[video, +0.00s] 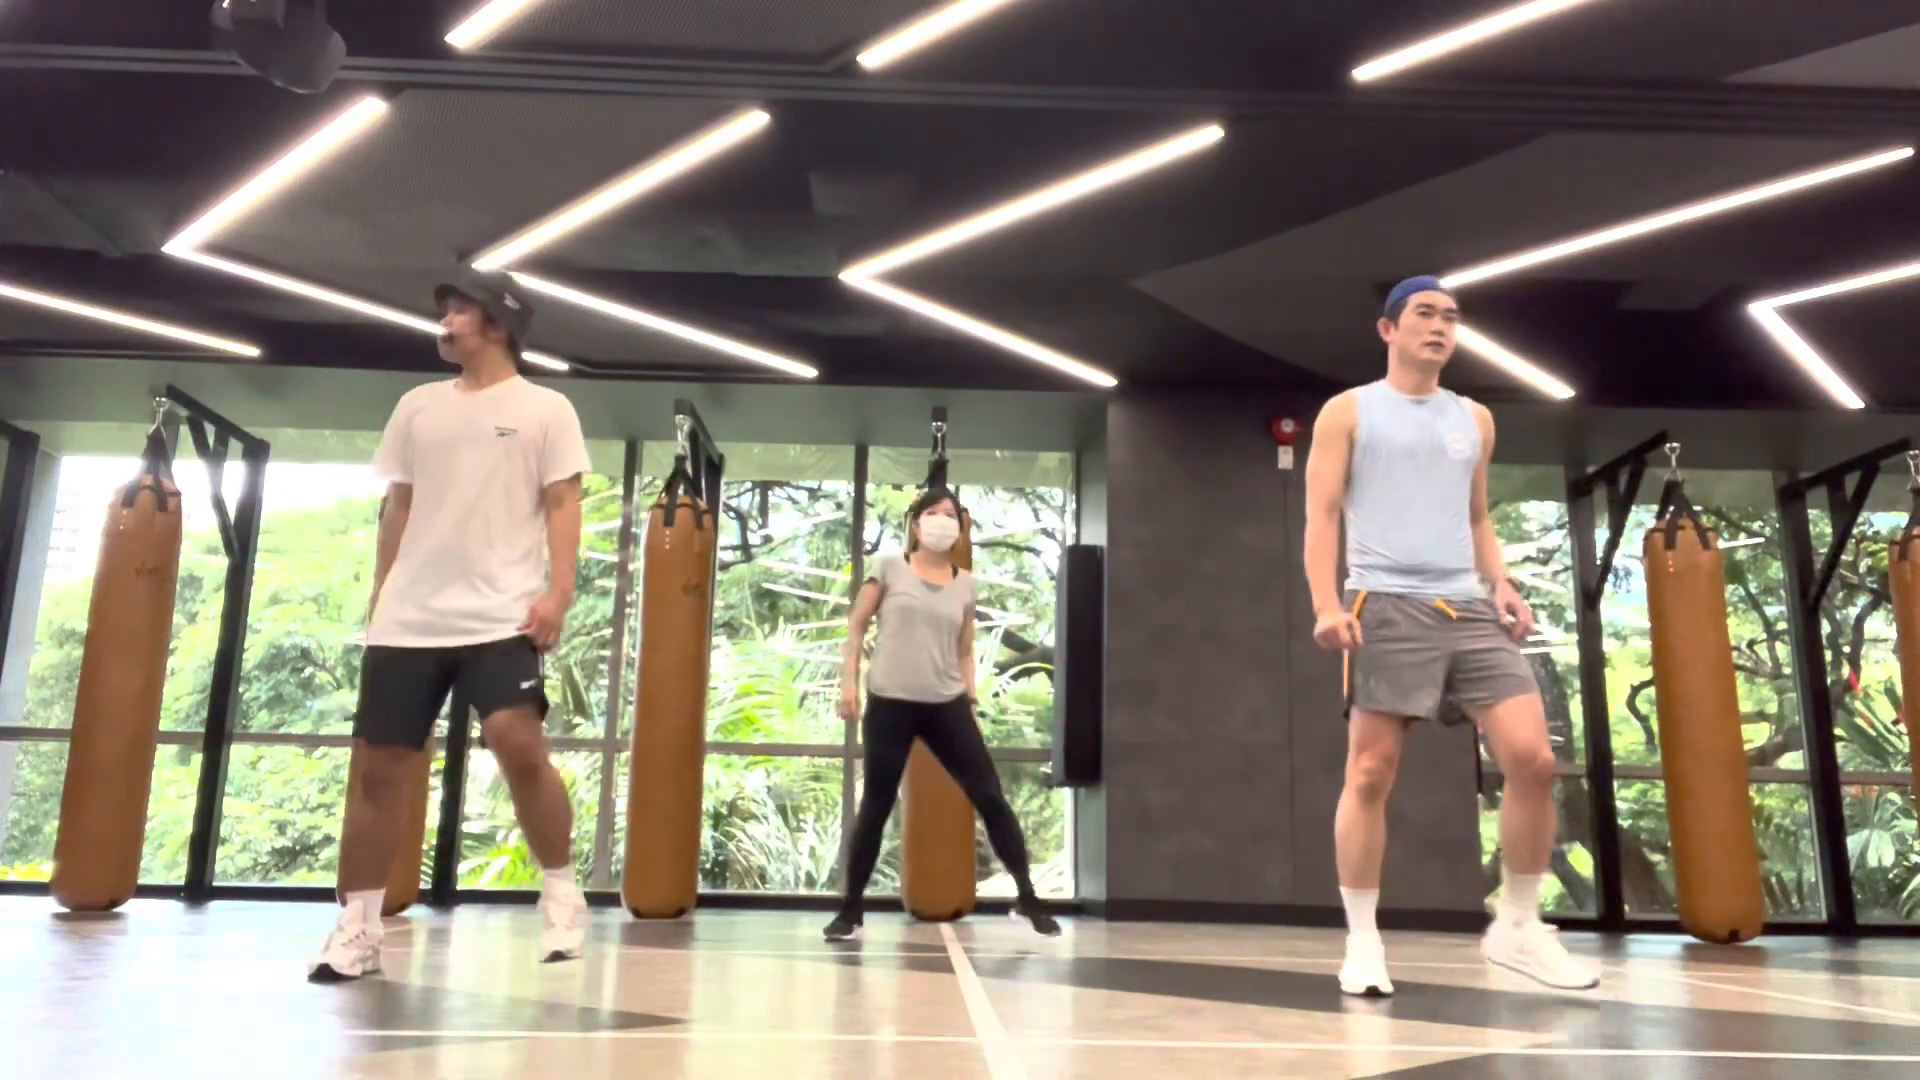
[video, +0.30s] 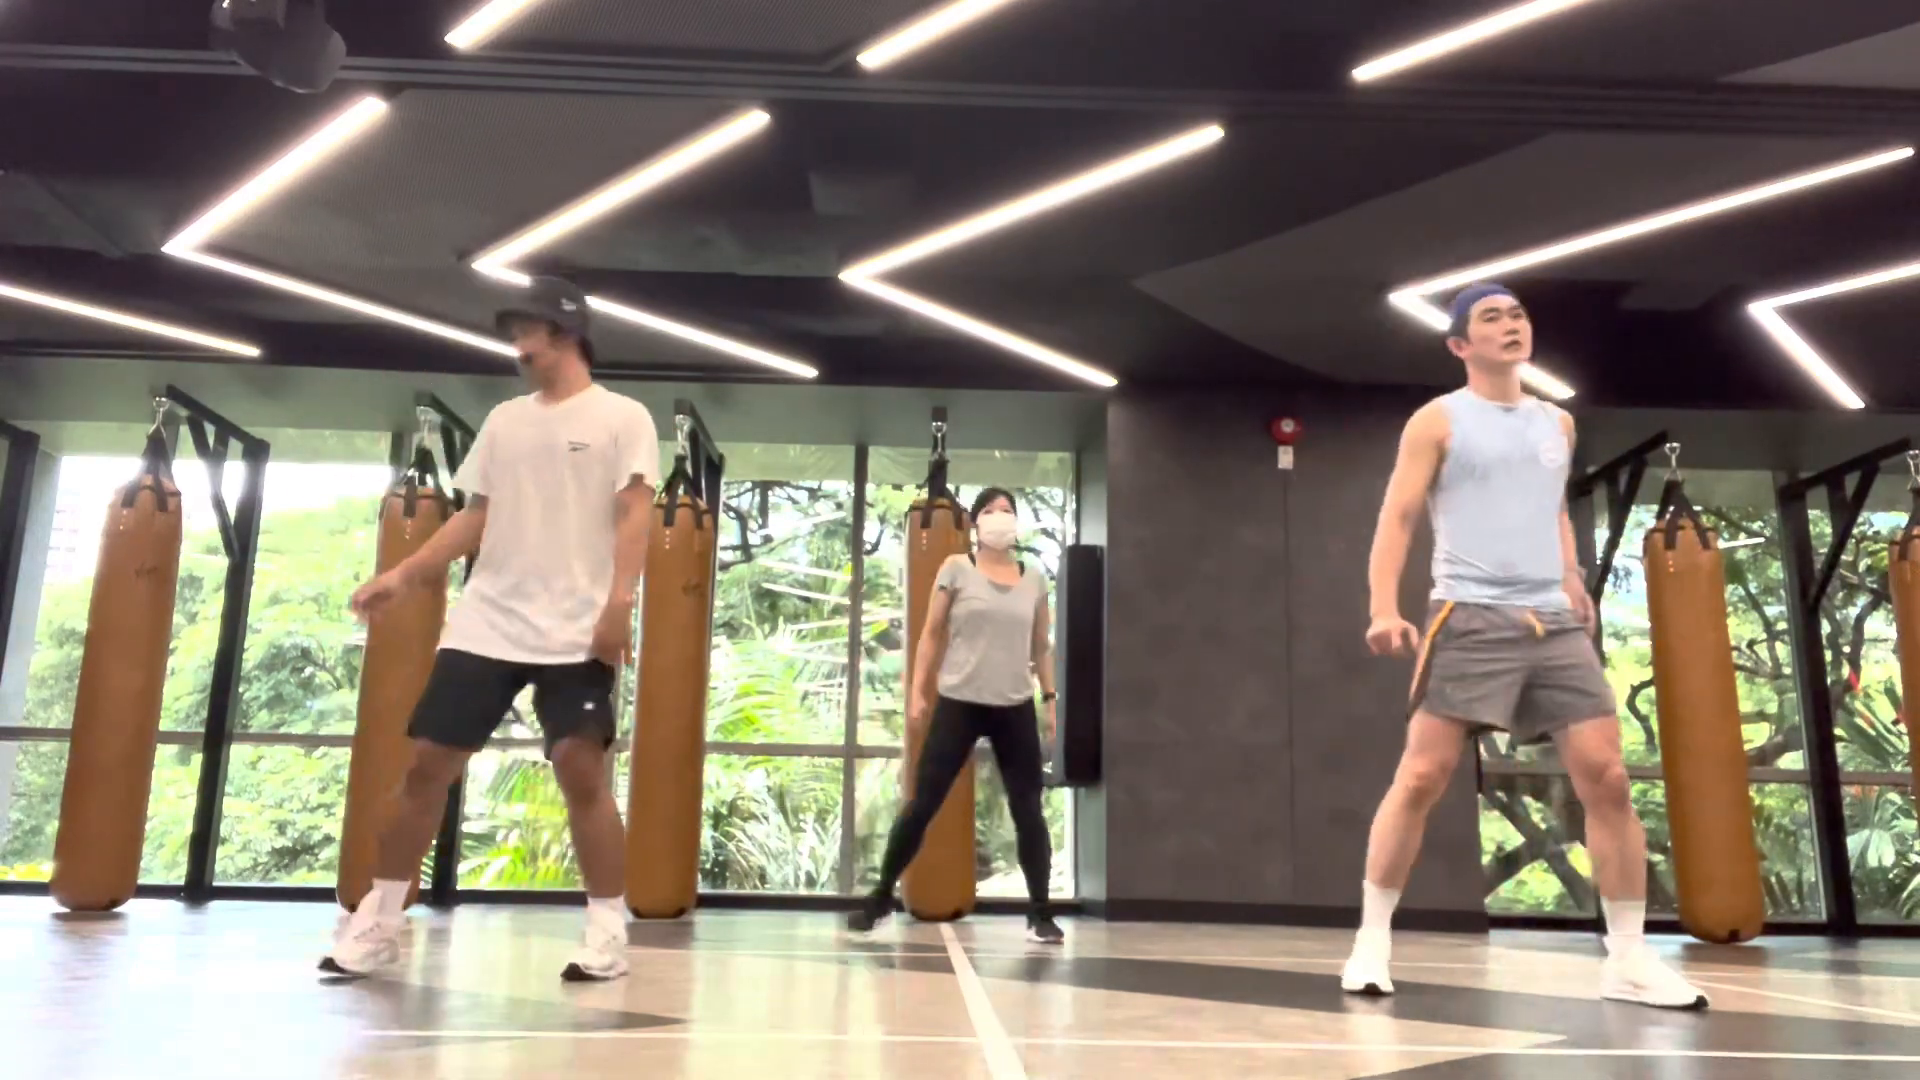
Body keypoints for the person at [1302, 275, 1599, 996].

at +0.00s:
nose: (1441, 326)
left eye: (1450, 318)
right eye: (1426, 313)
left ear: (1456, 336)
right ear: (1388, 328)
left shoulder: (1475, 421)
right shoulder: (1347, 412)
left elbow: (1480, 520)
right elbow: (1322, 514)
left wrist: (1501, 585)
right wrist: (1327, 605)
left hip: (1474, 611)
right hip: (1389, 611)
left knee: (1535, 762)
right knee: (1370, 774)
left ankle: (1517, 928)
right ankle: (1363, 946)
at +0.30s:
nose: (1511, 325)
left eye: (1518, 316)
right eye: (1492, 318)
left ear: (1531, 337)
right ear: (1460, 345)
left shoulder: (1556, 422)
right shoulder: (1436, 421)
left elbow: (1554, 508)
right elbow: (1396, 518)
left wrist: (1572, 576)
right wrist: (1384, 608)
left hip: (1555, 623)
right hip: (1470, 623)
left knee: (1608, 777)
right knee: (1420, 780)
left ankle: (1628, 958)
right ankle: (1371, 942)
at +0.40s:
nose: (1533, 319)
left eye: (1539, 309)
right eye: (1513, 313)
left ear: (1554, 329)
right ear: (1485, 342)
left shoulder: (1586, 421)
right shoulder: (1460, 415)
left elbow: (1596, 499)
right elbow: (1416, 513)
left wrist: (1610, 549)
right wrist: (1408, 603)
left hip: (1581, 620)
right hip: (1495, 618)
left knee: (1620, 776)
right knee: (1462, 776)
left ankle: (1630, 958)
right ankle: (1416, 931)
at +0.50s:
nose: (1547, 316)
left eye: (1554, 307)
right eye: (1527, 310)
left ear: (1569, 327)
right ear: (1499, 338)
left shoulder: (1602, 416)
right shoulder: (1469, 412)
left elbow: (1621, 492)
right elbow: (1425, 511)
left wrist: (1640, 524)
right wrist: (1428, 603)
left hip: (1597, 614)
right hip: (1512, 614)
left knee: (1627, 775)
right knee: (1521, 775)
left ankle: (1630, 956)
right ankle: (1491, 919)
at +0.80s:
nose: (1550, 316)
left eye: (1560, 308)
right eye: (1532, 310)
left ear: (1578, 331)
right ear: (1504, 339)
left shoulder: (1608, 414)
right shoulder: (1468, 418)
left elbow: (1623, 513)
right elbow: (1442, 523)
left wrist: (1622, 422)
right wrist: (1439, 621)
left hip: (1597, 616)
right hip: (1508, 616)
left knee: (1637, 772)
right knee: (1516, 759)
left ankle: (1633, 955)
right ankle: (1523, 910)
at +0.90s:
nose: (1531, 309)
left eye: (1541, 301)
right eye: (1513, 303)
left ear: (1559, 328)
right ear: (1485, 332)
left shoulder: (1591, 396)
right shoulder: (1453, 418)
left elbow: (1627, 487)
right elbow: (1433, 523)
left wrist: (1619, 392)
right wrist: (1424, 616)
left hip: (1581, 614)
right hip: (1484, 609)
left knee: (1625, 772)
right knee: (1457, 748)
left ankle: (1633, 955)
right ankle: (1443, 916)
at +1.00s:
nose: (1503, 314)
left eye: (1515, 306)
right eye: (1485, 309)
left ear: (1533, 333)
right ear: (1459, 340)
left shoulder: (1571, 396)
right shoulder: (1430, 430)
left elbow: (1617, 490)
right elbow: (1417, 532)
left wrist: (1616, 399)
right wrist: (1400, 617)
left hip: (1561, 625)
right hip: (1462, 623)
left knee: (1623, 775)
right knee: (1409, 756)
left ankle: (1631, 958)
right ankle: (1352, 928)